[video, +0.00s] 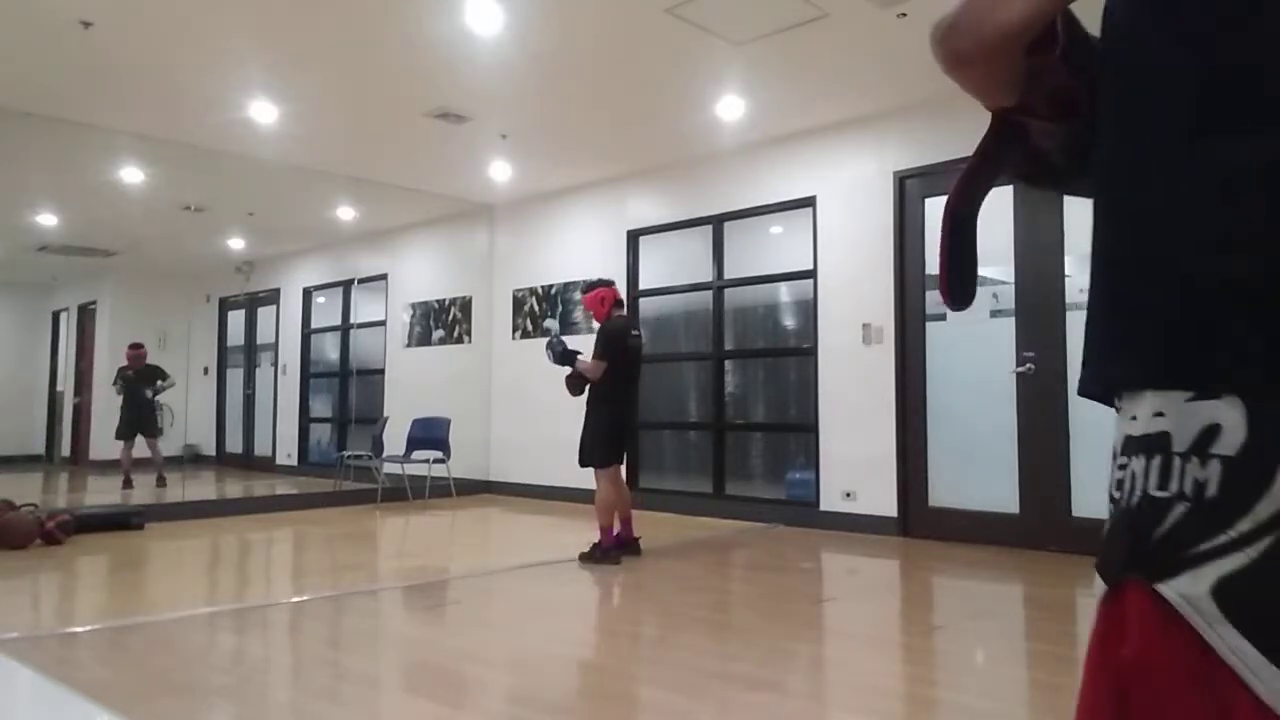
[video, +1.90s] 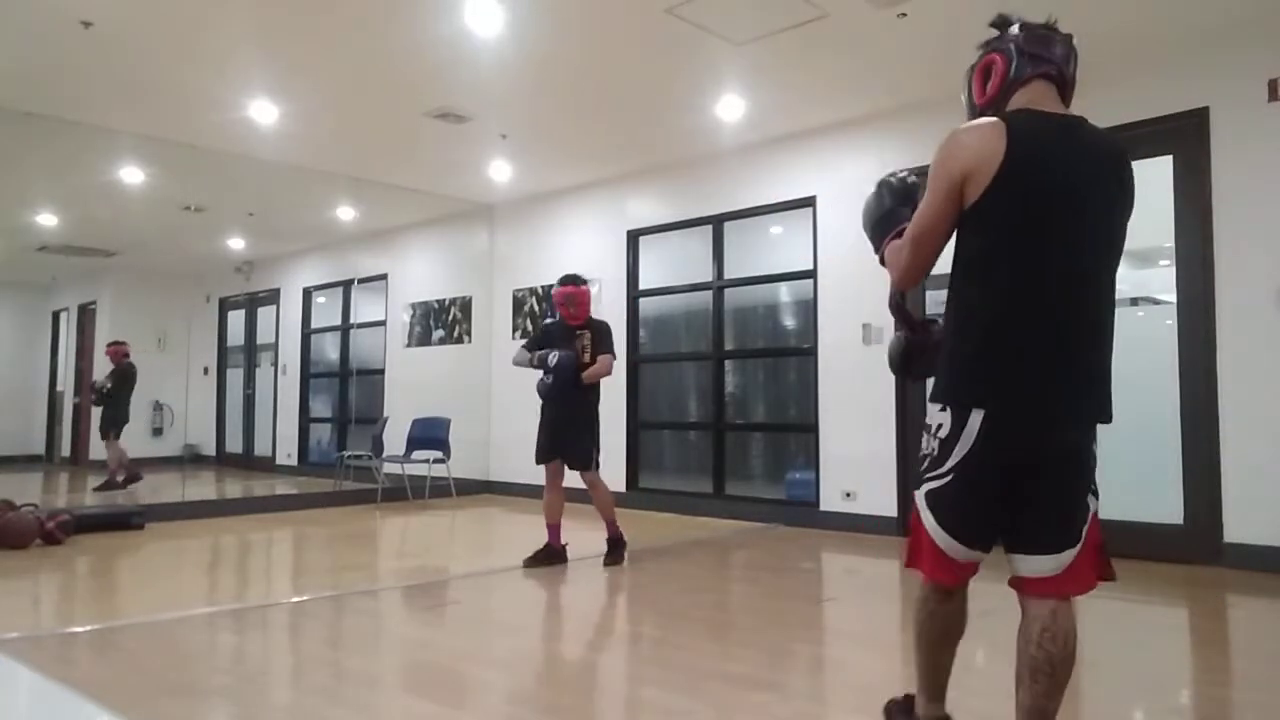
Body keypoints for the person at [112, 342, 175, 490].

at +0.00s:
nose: (131, 362)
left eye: (134, 358)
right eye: (129, 358)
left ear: (143, 358)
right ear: (127, 357)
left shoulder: (153, 370)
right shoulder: (123, 371)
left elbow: (171, 381)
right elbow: (118, 390)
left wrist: (156, 391)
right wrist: (123, 382)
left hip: (147, 413)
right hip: (129, 413)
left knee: (152, 444)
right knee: (127, 445)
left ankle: (160, 475)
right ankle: (127, 478)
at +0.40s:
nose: (143, 362)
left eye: (145, 359)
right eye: (142, 359)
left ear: (154, 357)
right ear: (143, 358)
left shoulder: (168, 369)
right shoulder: (144, 371)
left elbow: (175, 382)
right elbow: (140, 388)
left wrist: (158, 393)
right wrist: (130, 389)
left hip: (160, 412)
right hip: (143, 411)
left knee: (160, 444)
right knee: (135, 444)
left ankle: (161, 476)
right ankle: (129, 478)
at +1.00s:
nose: (139, 361)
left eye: (140, 357)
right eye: (137, 358)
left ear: (148, 355)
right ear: (142, 357)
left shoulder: (159, 369)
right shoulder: (145, 372)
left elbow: (157, 384)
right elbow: (137, 389)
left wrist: (139, 384)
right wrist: (121, 392)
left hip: (151, 413)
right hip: (137, 413)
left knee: (151, 444)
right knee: (136, 444)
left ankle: (159, 476)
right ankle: (137, 476)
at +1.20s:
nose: (132, 362)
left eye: (133, 359)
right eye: (131, 359)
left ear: (141, 357)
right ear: (140, 358)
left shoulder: (151, 371)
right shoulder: (140, 372)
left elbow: (147, 384)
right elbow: (129, 383)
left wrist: (129, 384)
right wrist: (126, 384)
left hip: (139, 411)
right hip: (131, 410)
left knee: (135, 444)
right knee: (133, 444)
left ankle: (157, 472)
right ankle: (136, 476)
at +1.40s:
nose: (125, 361)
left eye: (126, 357)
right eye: (124, 357)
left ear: (135, 355)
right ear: (134, 356)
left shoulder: (144, 369)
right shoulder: (135, 370)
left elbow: (136, 384)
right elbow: (130, 385)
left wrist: (117, 383)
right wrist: (113, 384)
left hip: (133, 411)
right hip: (129, 409)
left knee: (120, 440)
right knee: (131, 442)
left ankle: (138, 474)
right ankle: (138, 476)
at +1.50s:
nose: (122, 361)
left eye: (123, 357)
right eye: (121, 358)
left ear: (131, 355)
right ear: (133, 355)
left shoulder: (136, 369)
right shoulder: (141, 368)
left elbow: (127, 384)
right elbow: (130, 388)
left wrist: (108, 386)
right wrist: (117, 398)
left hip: (129, 410)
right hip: (134, 410)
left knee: (116, 439)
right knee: (131, 441)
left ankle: (123, 475)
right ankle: (136, 476)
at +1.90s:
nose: (109, 359)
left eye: (111, 355)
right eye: (109, 356)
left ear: (119, 354)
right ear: (123, 354)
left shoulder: (122, 370)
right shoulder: (128, 368)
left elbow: (112, 395)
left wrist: (98, 397)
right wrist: (100, 389)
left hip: (115, 412)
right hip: (118, 411)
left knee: (111, 443)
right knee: (112, 443)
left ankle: (112, 478)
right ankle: (131, 472)